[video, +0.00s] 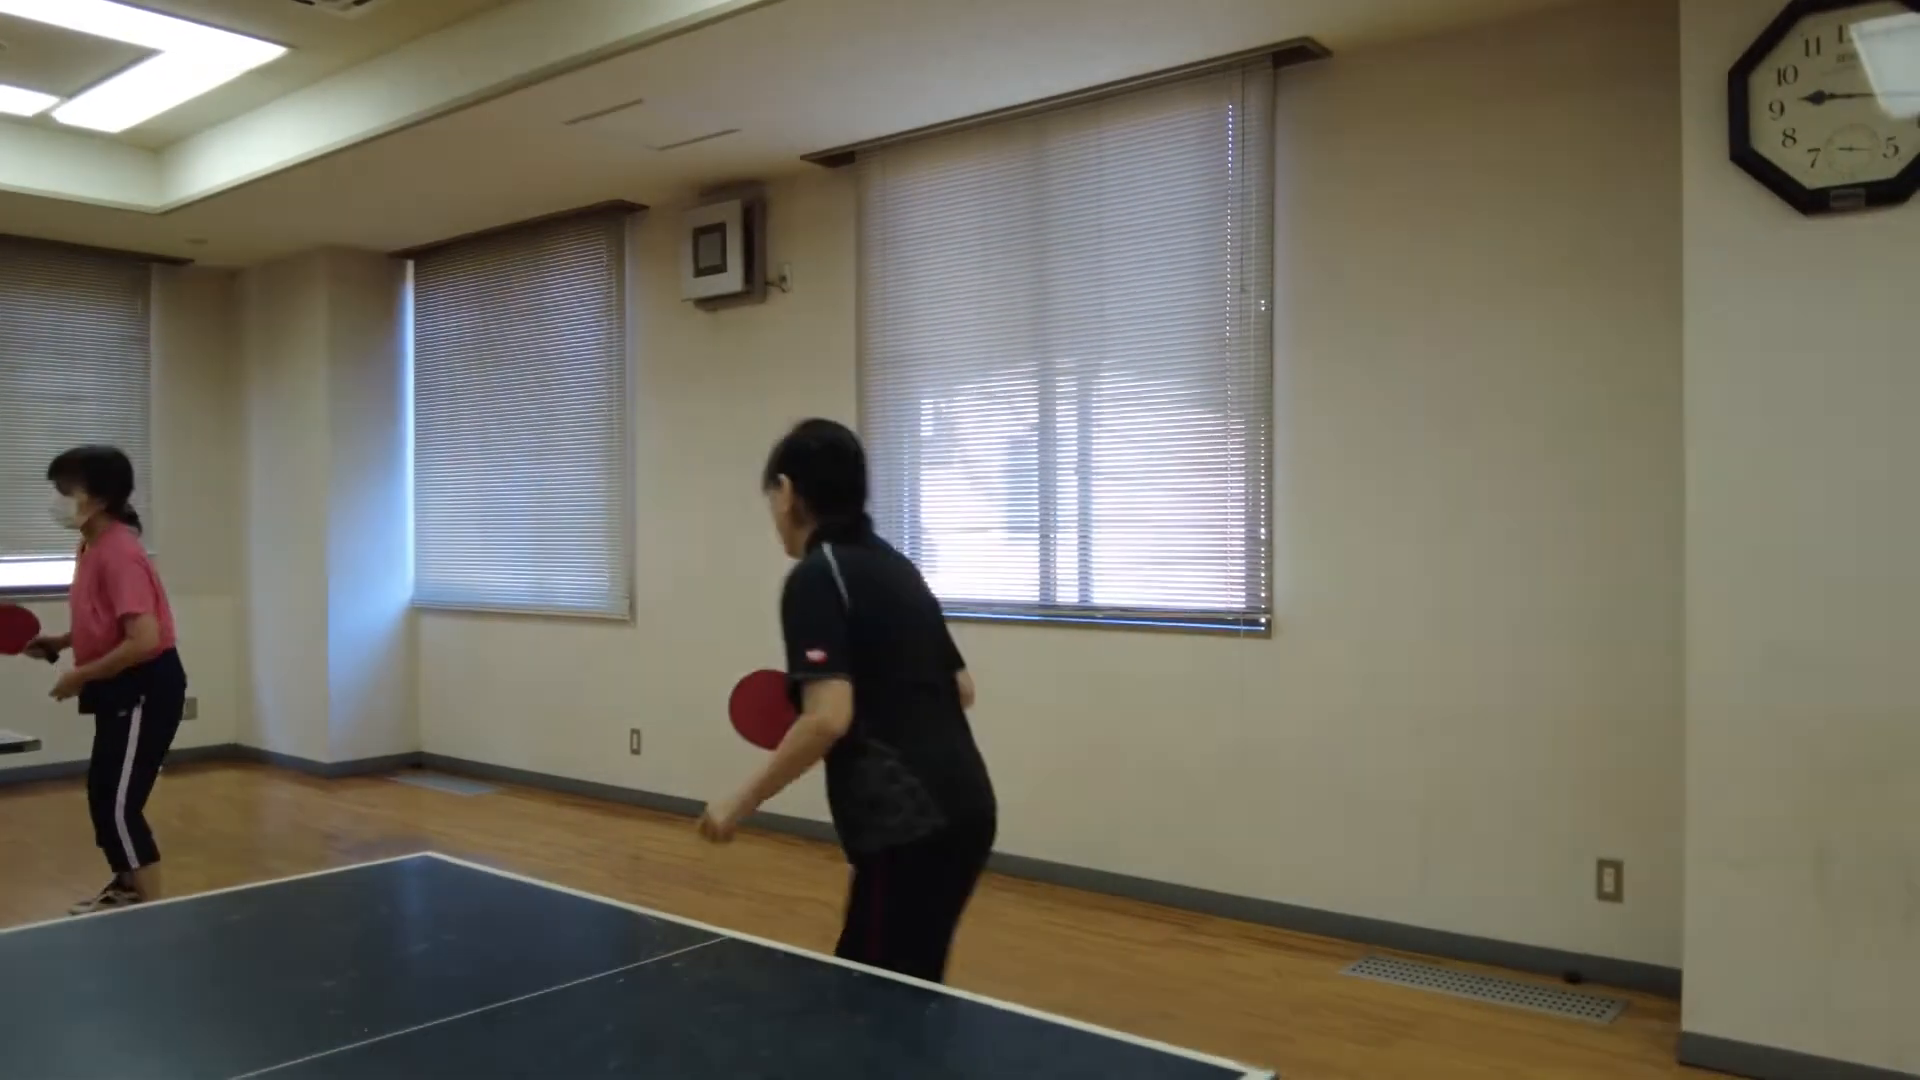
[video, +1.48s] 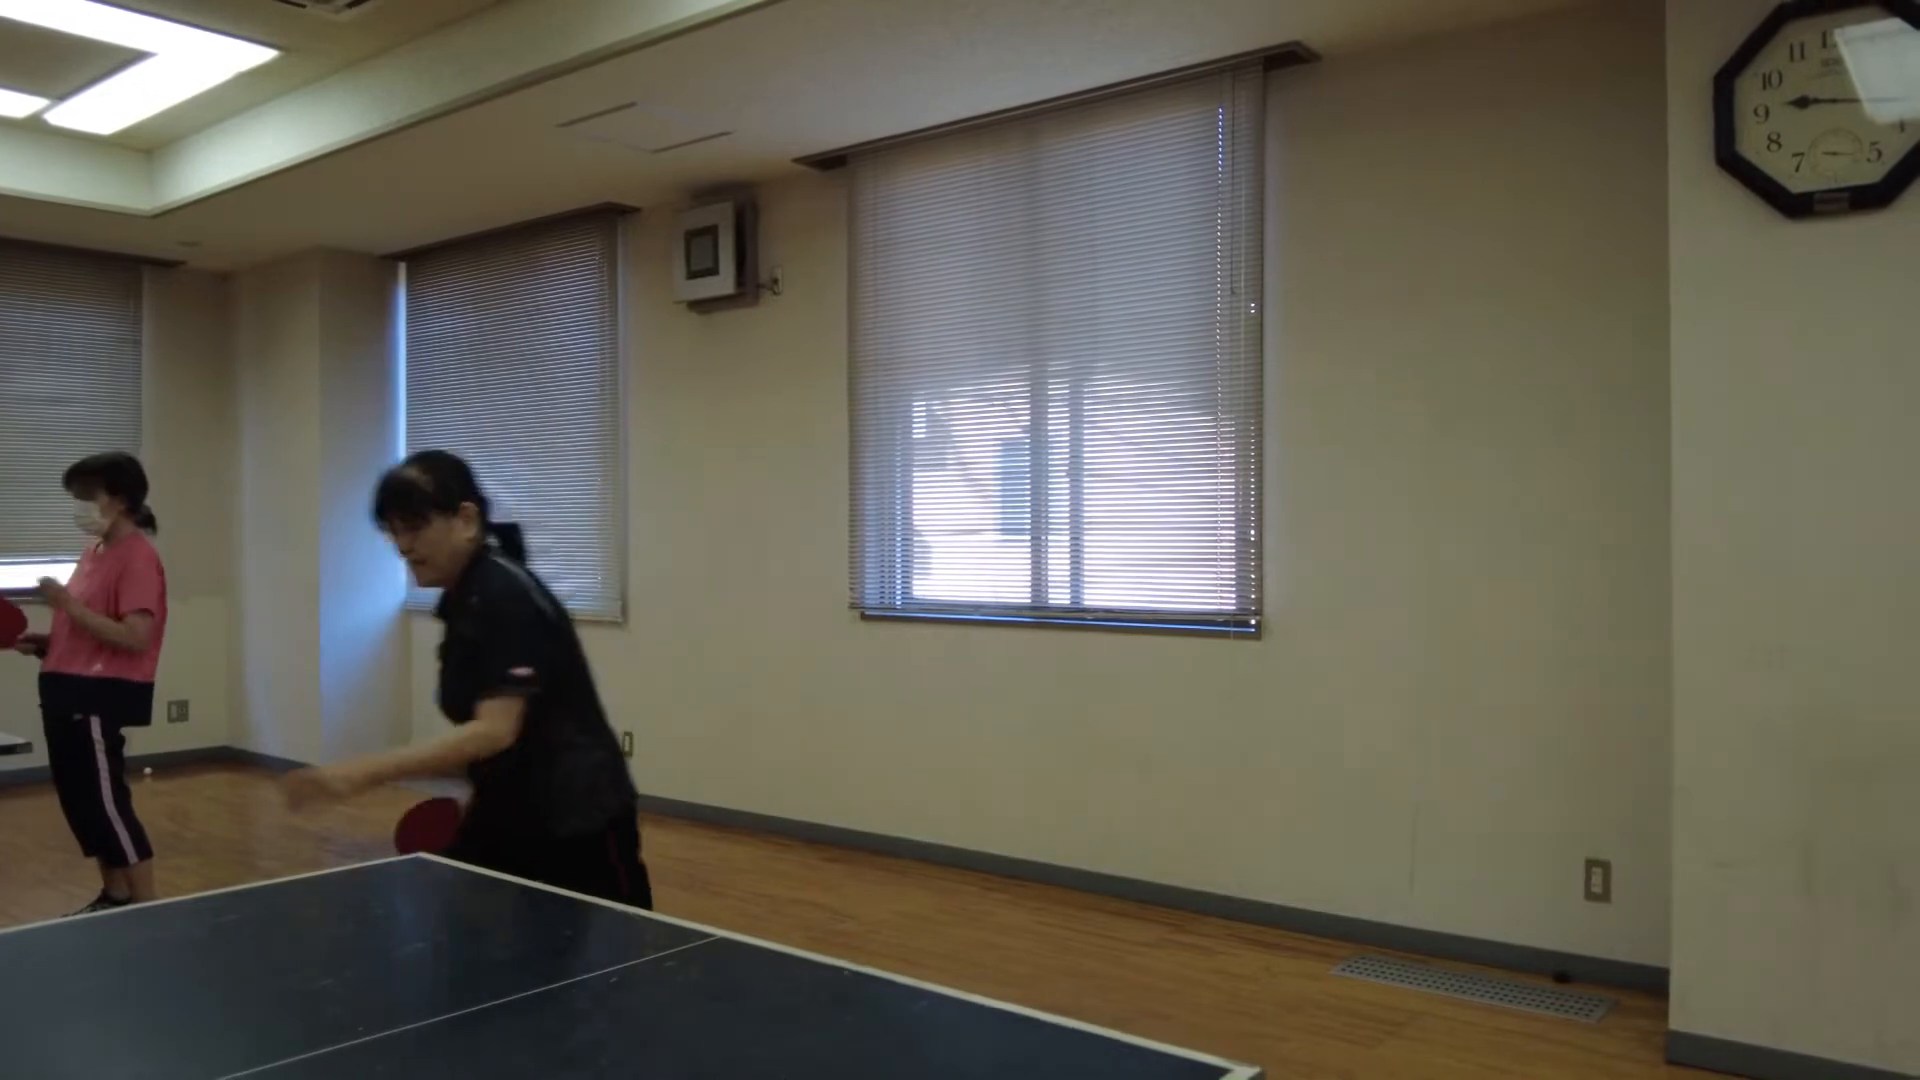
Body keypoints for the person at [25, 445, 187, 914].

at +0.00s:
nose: (60, 502)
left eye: (68, 492)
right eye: (59, 492)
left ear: (98, 496)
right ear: (83, 498)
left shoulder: (119, 549)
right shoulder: (93, 547)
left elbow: (146, 638)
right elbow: (102, 625)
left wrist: (82, 675)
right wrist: (57, 643)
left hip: (147, 684)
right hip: (120, 683)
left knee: (118, 802)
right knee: (104, 794)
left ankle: (156, 911)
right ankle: (128, 888)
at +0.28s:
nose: (70, 499)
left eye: (77, 489)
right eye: (69, 490)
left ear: (107, 490)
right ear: (96, 493)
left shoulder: (129, 545)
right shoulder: (91, 542)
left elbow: (151, 632)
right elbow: (104, 622)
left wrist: (78, 664)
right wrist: (62, 637)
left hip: (136, 694)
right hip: (104, 691)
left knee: (118, 805)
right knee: (101, 803)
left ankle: (151, 909)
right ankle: (125, 892)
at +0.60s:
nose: (78, 497)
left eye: (87, 488)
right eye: (78, 488)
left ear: (116, 490)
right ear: (103, 492)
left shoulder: (137, 541)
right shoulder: (96, 542)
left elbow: (124, 621)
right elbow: (97, 626)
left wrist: (60, 582)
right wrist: (61, 632)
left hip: (122, 687)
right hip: (90, 684)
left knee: (113, 799)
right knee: (91, 794)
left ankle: (150, 906)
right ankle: (122, 890)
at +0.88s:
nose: (87, 500)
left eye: (96, 492)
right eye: (86, 493)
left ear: (128, 496)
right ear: (101, 500)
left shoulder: (144, 545)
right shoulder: (105, 545)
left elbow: (85, 597)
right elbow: (101, 627)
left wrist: (80, 532)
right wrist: (61, 635)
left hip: (111, 677)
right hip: (78, 676)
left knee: (112, 793)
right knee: (84, 789)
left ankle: (149, 905)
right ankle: (119, 893)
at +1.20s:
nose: (86, 508)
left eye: (95, 497)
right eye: (85, 499)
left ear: (127, 501)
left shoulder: (146, 552)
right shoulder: (104, 552)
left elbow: (93, 603)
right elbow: (84, 625)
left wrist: (90, 541)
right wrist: (49, 633)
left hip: (104, 685)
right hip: (68, 683)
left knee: (108, 797)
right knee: (80, 793)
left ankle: (148, 907)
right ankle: (117, 894)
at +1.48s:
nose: (79, 508)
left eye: (88, 498)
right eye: (77, 499)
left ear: (119, 500)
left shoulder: (140, 555)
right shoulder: (96, 552)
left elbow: (137, 637)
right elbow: (86, 635)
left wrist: (69, 605)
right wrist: (39, 643)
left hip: (100, 695)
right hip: (67, 691)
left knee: (108, 801)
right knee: (79, 797)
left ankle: (147, 908)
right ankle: (117, 896)